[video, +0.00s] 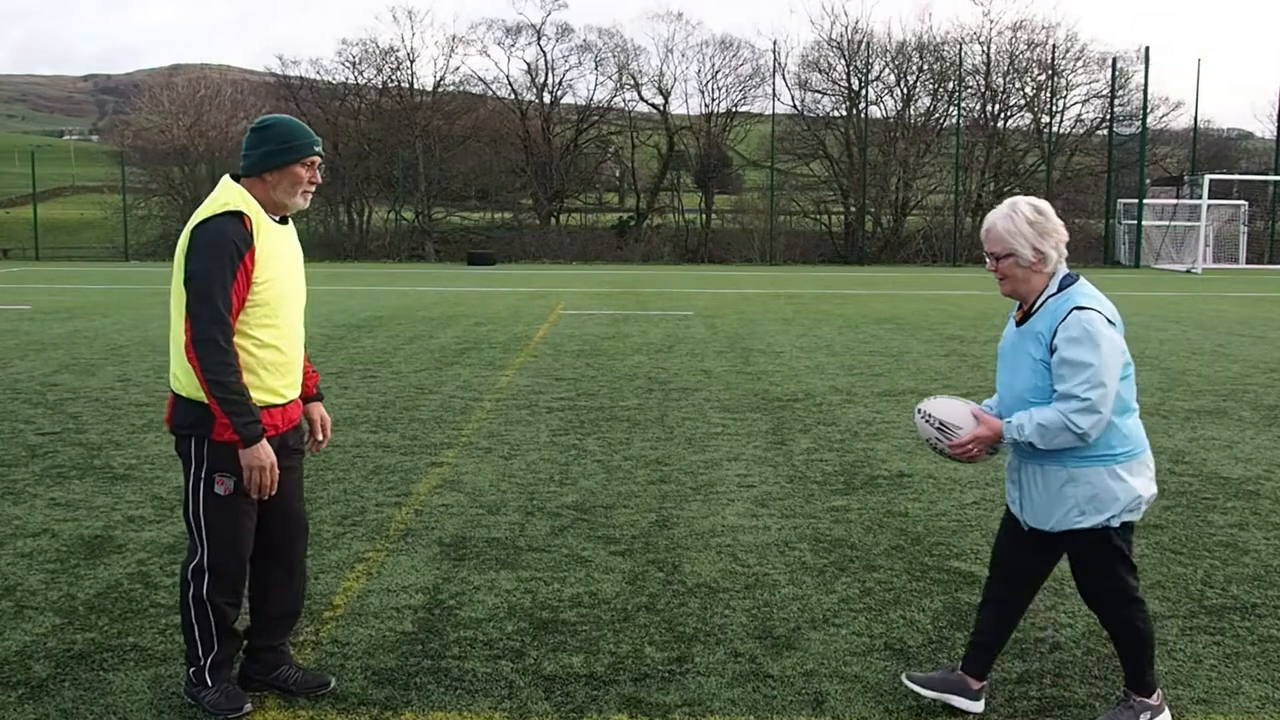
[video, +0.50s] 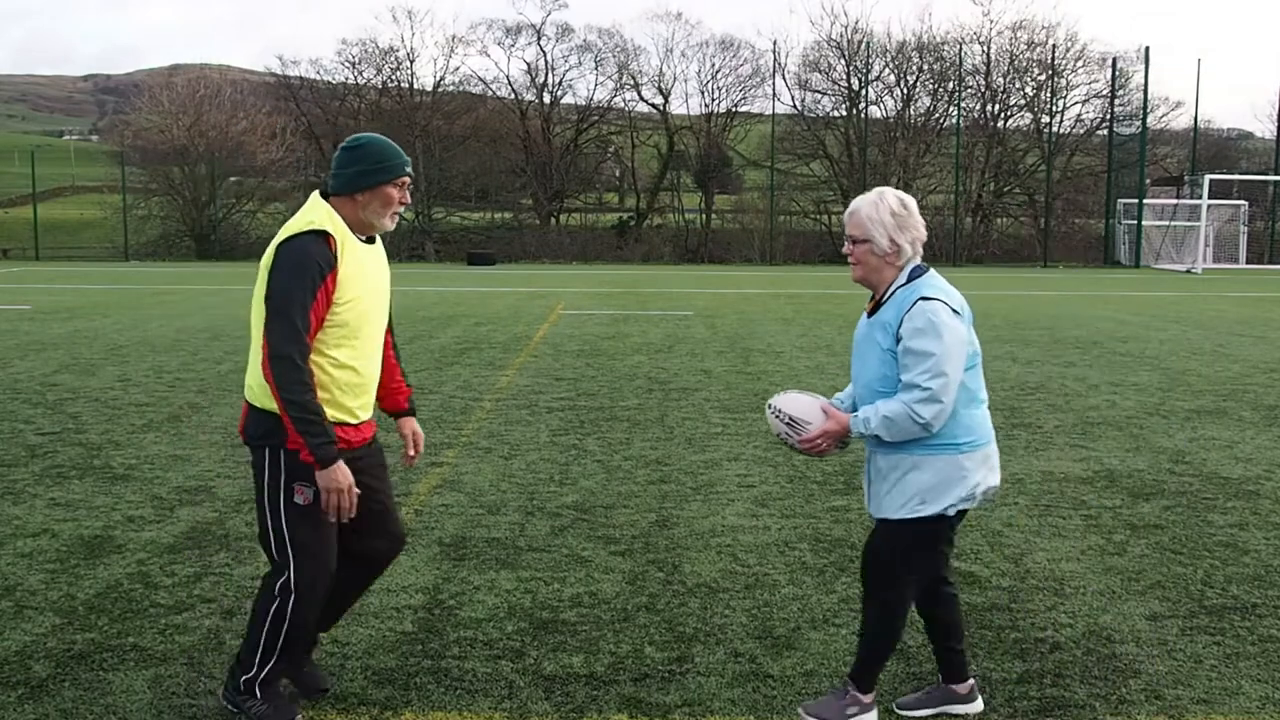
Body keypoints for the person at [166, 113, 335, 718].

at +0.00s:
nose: (315, 178)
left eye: (317, 167)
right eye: (305, 167)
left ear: (286, 171)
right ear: (266, 169)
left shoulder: (278, 225)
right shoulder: (222, 228)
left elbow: (281, 322)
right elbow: (209, 340)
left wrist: (309, 392)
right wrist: (250, 434)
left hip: (276, 419)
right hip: (218, 424)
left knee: (281, 549)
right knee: (218, 558)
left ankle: (268, 662)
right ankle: (209, 678)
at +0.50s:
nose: (404, 199)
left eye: (406, 187)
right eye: (395, 187)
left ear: (367, 192)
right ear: (356, 188)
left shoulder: (365, 240)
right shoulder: (307, 245)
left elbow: (375, 331)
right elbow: (284, 359)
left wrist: (401, 408)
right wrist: (325, 456)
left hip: (351, 430)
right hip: (291, 436)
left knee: (378, 540)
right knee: (304, 572)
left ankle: (293, 643)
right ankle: (248, 686)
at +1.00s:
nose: (609, 291)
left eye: (610, 282)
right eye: (603, 281)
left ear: (568, 277)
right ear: (570, 277)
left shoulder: (545, 310)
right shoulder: (527, 312)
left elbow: (603, 391)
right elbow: (598, 391)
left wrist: (682, 421)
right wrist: (701, 420)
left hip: (487, 467)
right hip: (436, 466)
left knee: (579, 538)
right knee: (431, 621)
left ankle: (577, 680)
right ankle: (300, 658)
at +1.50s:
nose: (450, 213)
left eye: (451, 202)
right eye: (444, 201)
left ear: (409, 200)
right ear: (410, 199)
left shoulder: (395, 247)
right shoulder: (368, 251)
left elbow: (406, 348)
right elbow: (383, 359)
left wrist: (465, 387)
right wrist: (462, 426)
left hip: (402, 441)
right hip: (358, 446)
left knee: (474, 551)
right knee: (329, 588)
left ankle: (538, 666)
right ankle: (246, 707)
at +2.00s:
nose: (313, 183)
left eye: (315, 173)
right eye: (304, 172)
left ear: (282, 178)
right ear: (267, 174)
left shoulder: (270, 232)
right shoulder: (226, 225)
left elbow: (264, 329)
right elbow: (191, 324)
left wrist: (306, 392)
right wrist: (221, 423)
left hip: (253, 411)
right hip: (213, 413)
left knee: (245, 539)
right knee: (239, 547)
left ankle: (209, 645)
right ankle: (226, 692)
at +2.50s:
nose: (246, 178)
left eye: (248, 168)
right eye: (236, 167)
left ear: (220, 173)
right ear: (198, 169)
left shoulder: (207, 228)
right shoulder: (159, 226)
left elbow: (204, 326)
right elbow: (142, 336)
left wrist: (252, 376)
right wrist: (202, 413)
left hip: (195, 407)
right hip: (143, 409)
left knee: (221, 523)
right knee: (149, 547)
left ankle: (203, 645)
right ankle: (131, 675)